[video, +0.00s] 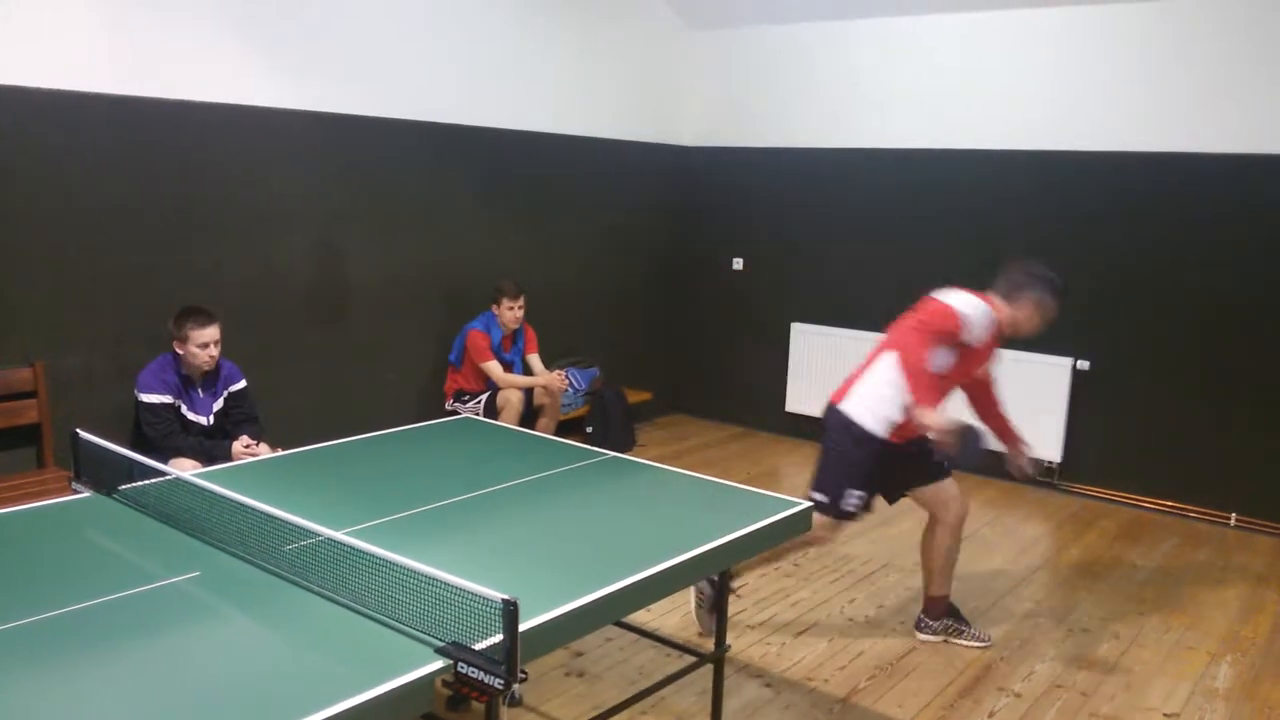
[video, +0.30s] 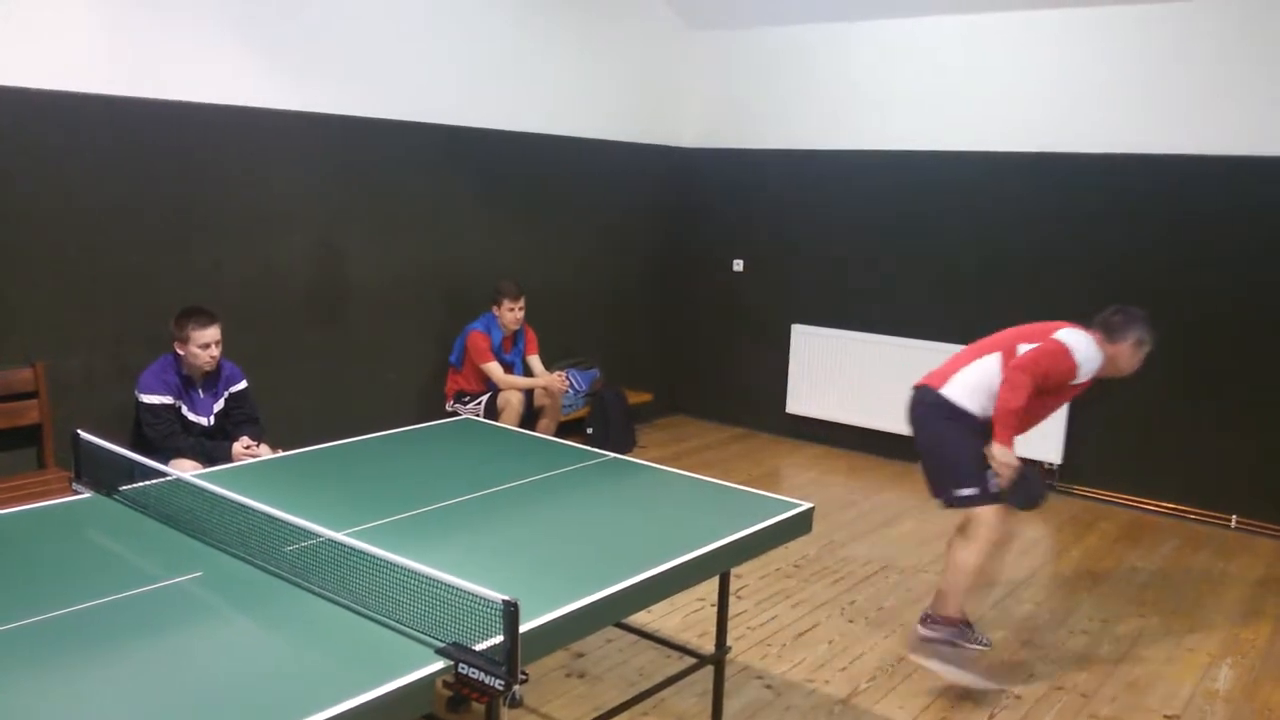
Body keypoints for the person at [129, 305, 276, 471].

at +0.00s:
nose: (213, 353)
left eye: (216, 344)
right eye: (203, 347)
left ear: (221, 341)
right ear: (179, 347)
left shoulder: (229, 373)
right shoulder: (154, 380)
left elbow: (245, 421)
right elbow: (167, 442)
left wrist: (246, 439)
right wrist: (227, 450)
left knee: (264, 453)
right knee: (189, 469)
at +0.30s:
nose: (214, 354)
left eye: (217, 345)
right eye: (204, 347)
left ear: (222, 342)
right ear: (180, 348)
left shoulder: (230, 374)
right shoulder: (155, 382)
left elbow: (246, 422)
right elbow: (168, 443)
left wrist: (246, 440)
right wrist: (227, 452)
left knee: (263, 453)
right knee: (189, 470)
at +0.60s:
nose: (188, 362)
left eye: (197, 353)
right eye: (180, 353)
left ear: (212, 352)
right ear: (170, 351)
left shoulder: (226, 382)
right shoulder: (150, 388)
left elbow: (241, 429)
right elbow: (163, 450)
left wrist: (241, 448)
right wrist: (223, 460)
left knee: (260, 461)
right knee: (184, 477)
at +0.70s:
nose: (190, 361)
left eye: (198, 352)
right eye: (182, 352)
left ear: (214, 351)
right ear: (172, 351)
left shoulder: (227, 381)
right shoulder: (151, 387)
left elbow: (243, 428)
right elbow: (164, 450)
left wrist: (243, 447)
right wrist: (224, 459)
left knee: (262, 460)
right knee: (185, 476)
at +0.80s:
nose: (188, 360)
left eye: (197, 351)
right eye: (180, 351)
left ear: (212, 351)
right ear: (170, 350)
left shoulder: (225, 380)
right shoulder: (150, 386)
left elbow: (240, 428)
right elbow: (162, 449)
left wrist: (241, 447)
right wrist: (223, 458)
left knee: (260, 460)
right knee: (184, 476)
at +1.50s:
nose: (204, 362)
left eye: (211, 352)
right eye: (195, 354)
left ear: (218, 349)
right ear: (175, 352)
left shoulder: (230, 381)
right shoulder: (154, 387)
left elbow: (245, 428)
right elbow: (165, 449)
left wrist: (246, 445)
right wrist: (228, 457)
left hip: (220, 457)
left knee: (264, 460)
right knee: (189, 476)